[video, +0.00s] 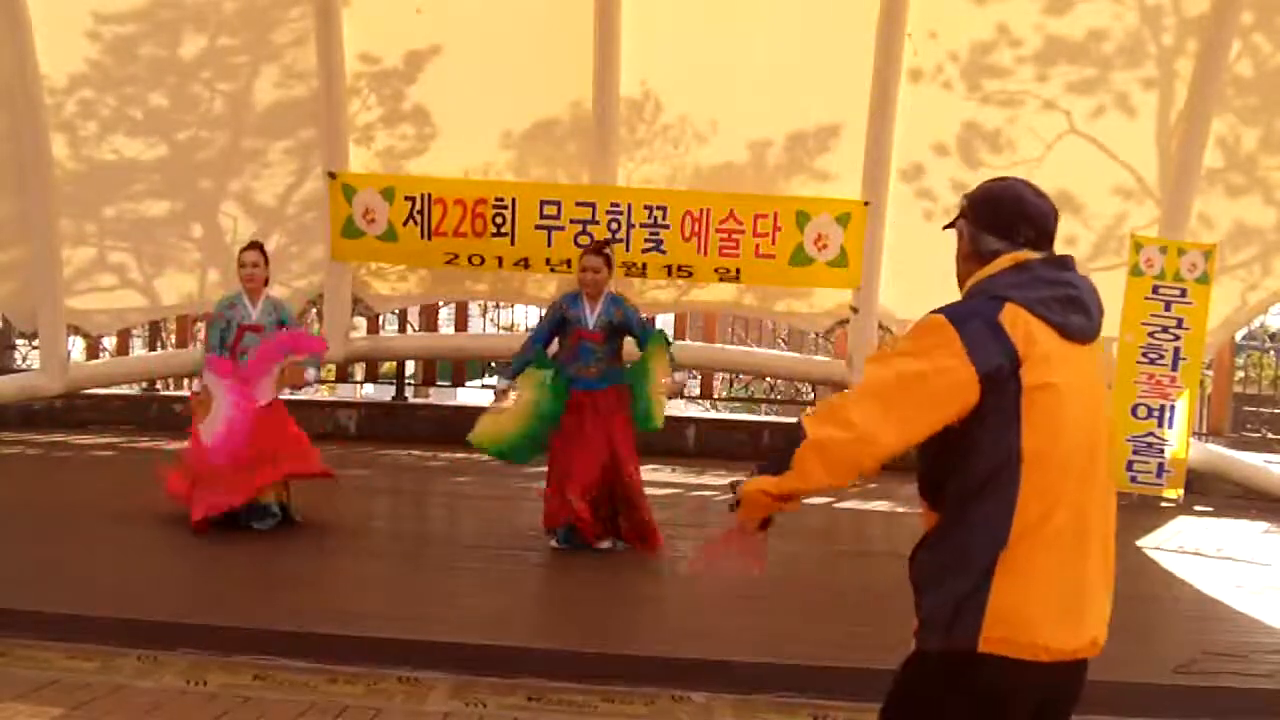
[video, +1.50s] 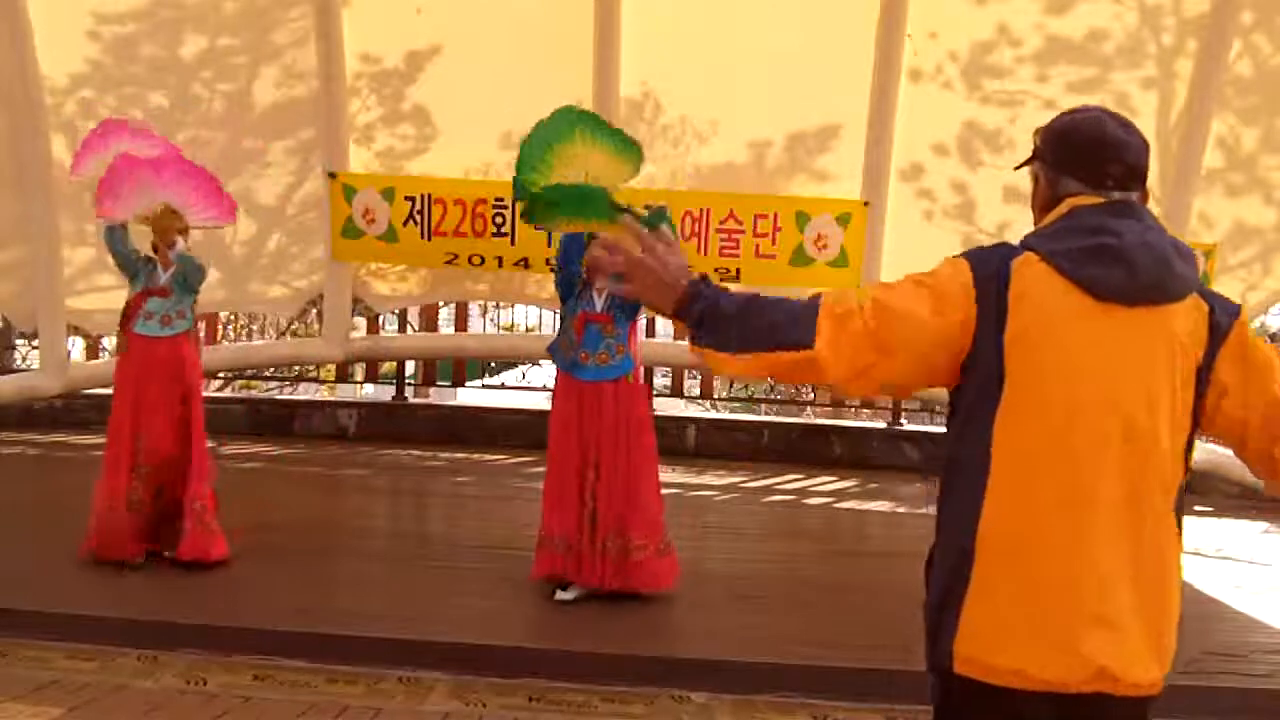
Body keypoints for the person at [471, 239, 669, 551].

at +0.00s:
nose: (589, 277)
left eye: (596, 271)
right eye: (584, 270)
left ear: (609, 275)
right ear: (578, 273)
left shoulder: (619, 308)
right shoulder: (565, 305)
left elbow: (650, 339)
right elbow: (536, 342)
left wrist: (656, 372)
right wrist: (509, 376)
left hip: (609, 391)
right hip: (571, 392)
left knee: (609, 457)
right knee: (568, 458)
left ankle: (606, 528)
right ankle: (565, 525)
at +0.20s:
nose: (597, 260)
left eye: (605, 255)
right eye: (592, 254)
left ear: (616, 260)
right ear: (584, 257)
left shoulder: (629, 296)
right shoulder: (570, 293)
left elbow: (665, 324)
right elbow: (533, 323)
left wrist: (698, 337)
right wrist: (495, 344)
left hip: (614, 388)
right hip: (573, 386)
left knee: (615, 457)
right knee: (570, 456)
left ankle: (609, 537)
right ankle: (568, 533)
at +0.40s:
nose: (603, 249)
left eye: (610, 244)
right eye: (598, 243)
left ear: (623, 252)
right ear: (589, 250)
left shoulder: (635, 286)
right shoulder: (575, 286)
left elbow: (676, 299)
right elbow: (531, 298)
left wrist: (709, 299)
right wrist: (485, 305)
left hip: (620, 381)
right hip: (580, 380)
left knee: (617, 455)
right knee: (575, 453)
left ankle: (611, 538)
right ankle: (574, 537)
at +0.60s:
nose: (604, 247)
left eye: (611, 243)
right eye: (598, 242)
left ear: (623, 252)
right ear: (590, 249)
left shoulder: (636, 285)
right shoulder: (575, 283)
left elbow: (678, 281)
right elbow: (528, 273)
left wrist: (715, 269)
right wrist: (483, 255)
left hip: (622, 380)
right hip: (583, 379)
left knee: (618, 455)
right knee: (586, 456)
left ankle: (608, 541)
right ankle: (590, 544)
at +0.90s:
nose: (604, 246)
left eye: (612, 240)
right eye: (598, 240)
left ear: (624, 248)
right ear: (588, 247)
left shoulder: (633, 285)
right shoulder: (577, 280)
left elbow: (672, 265)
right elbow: (542, 245)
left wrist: (693, 230)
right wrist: (512, 199)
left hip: (623, 380)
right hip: (583, 380)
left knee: (620, 461)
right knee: (587, 460)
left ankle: (606, 550)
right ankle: (595, 553)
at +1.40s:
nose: (605, 259)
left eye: (613, 253)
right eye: (598, 251)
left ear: (622, 259)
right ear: (585, 255)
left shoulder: (629, 295)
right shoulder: (574, 289)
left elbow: (642, 279)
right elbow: (567, 254)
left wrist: (630, 241)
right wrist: (571, 207)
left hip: (622, 398)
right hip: (578, 396)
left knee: (624, 479)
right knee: (576, 478)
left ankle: (623, 569)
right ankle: (577, 570)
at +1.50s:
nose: (605, 259)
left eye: (613, 253)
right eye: (599, 251)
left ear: (624, 263)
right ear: (585, 256)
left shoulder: (628, 299)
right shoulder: (571, 292)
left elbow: (655, 273)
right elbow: (568, 253)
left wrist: (654, 229)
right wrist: (584, 212)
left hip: (618, 402)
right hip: (576, 400)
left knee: (622, 483)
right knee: (576, 482)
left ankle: (623, 572)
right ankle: (579, 572)